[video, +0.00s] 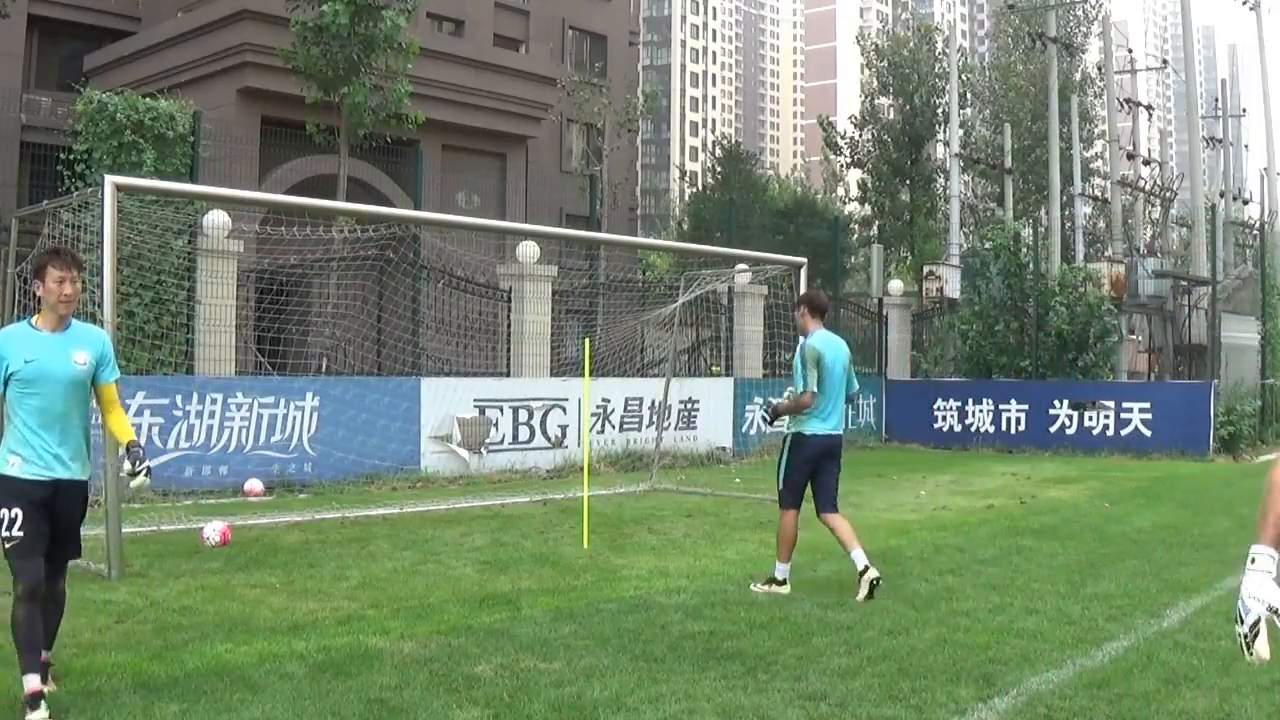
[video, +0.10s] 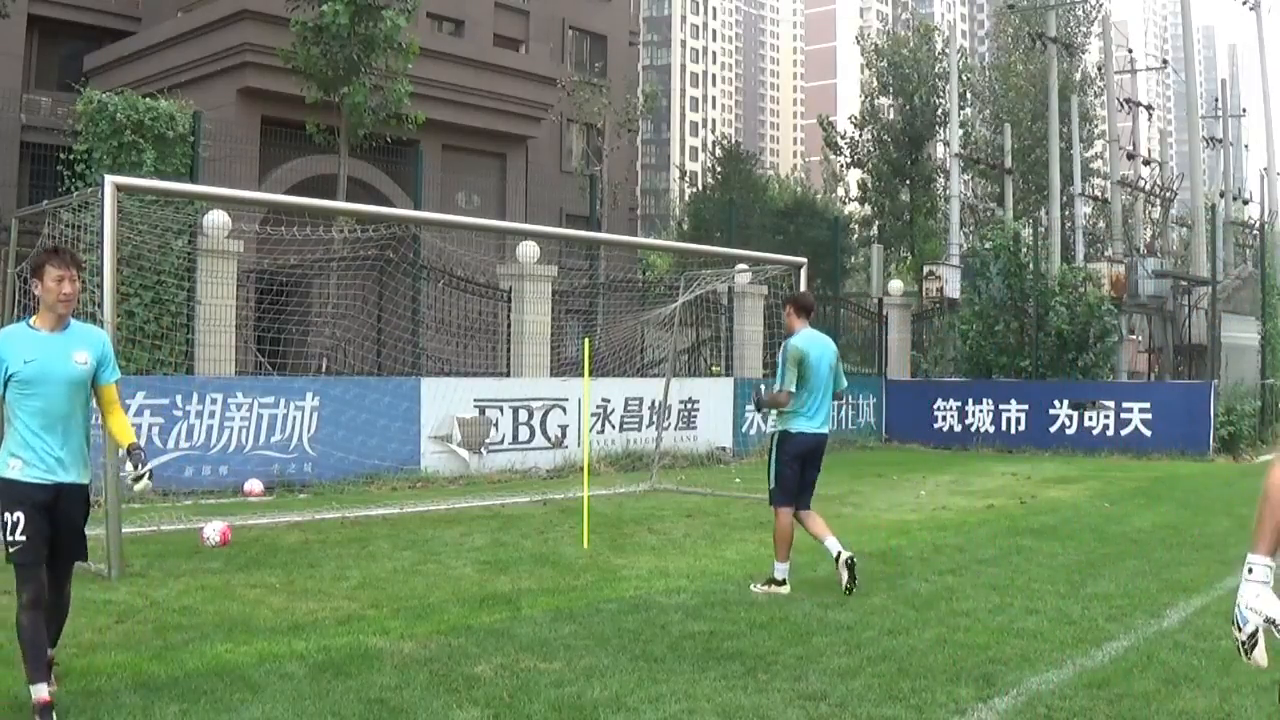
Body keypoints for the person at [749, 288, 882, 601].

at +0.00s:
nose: (796, 317)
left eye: (797, 312)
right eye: (797, 312)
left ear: (804, 311)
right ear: (824, 314)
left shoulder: (809, 345)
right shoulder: (840, 345)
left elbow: (807, 399)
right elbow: (850, 392)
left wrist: (778, 409)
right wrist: (804, 399)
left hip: (804, 438)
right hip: (832, 438)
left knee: (789, 506)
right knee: (828, 510)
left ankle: (779, 578)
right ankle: (865, 569)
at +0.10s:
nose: (784, 317)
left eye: (784, 312)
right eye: (785, 312)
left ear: (791, 312)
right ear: (811, 314)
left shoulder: (793, 345)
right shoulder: (828, 343)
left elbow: (783, 398)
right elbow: (839, 392)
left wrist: (763, 399)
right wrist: (804, 392)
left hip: (791, 435)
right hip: (818, 436)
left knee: (783, 507)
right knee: (802, 508)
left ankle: (779, 579)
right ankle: (840, 554)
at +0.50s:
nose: (728, 323)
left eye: (729, 318)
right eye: (731, 319)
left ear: (735, 319)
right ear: (754, 320)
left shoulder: (728, 347)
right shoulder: (769, 349)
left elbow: (696, 386)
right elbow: (779, 395)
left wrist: (719, 386)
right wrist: (749, 390)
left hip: (734, 436)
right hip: (759, 437)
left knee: (747, 505)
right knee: (727, 501)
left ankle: (775, 574)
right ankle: (709, 567)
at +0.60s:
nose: (714, 323)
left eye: (715, 319)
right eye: (716, 319)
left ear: (721, 319)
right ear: (738, 320)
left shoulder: (714, 344)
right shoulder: (753, 349)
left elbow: (683, 384)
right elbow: (759, 397)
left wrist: (705, 384)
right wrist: (728, 391)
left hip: (715, 436)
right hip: (740, 436)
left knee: (708, 505)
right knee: (719, 503)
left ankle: (750, 556)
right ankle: (707, 566)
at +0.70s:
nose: (704, 321)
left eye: (705, 317)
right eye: (706, 317)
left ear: (711, 318)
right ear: (728, 319)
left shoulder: (705, 342)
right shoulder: (740, 347)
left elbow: (675, 381)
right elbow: (745, 394)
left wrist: (697, 380)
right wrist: (705, 383)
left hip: (705, 433)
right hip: (730, 433)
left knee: (682, 497)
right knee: (713, 498)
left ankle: (723, 544)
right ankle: (707, 565)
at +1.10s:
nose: (656, 326)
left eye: (657, 322)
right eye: (659, 322)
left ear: (662, 322)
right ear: (680, 324)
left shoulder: (647, 344)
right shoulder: (693, 349)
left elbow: (627, 387)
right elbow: (702, 395)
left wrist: (647, 382)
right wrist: (676, 394)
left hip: (651, 432)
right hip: (681, 433)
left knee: (635, 492)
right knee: (675, 495)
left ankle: (628, 558)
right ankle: (696, 550)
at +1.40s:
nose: (643, 326)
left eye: (643, 322)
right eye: (663, 333)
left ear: (642, 321)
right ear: (664, 330)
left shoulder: (615, 340)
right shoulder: (668, 350)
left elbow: (601, 380)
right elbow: (681, 393)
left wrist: (619, 362)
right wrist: (678, 411)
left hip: (621, 427)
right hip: (651, 429)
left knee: (624, 489)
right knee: (645, 488)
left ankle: (626, 554)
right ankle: (630, 541)